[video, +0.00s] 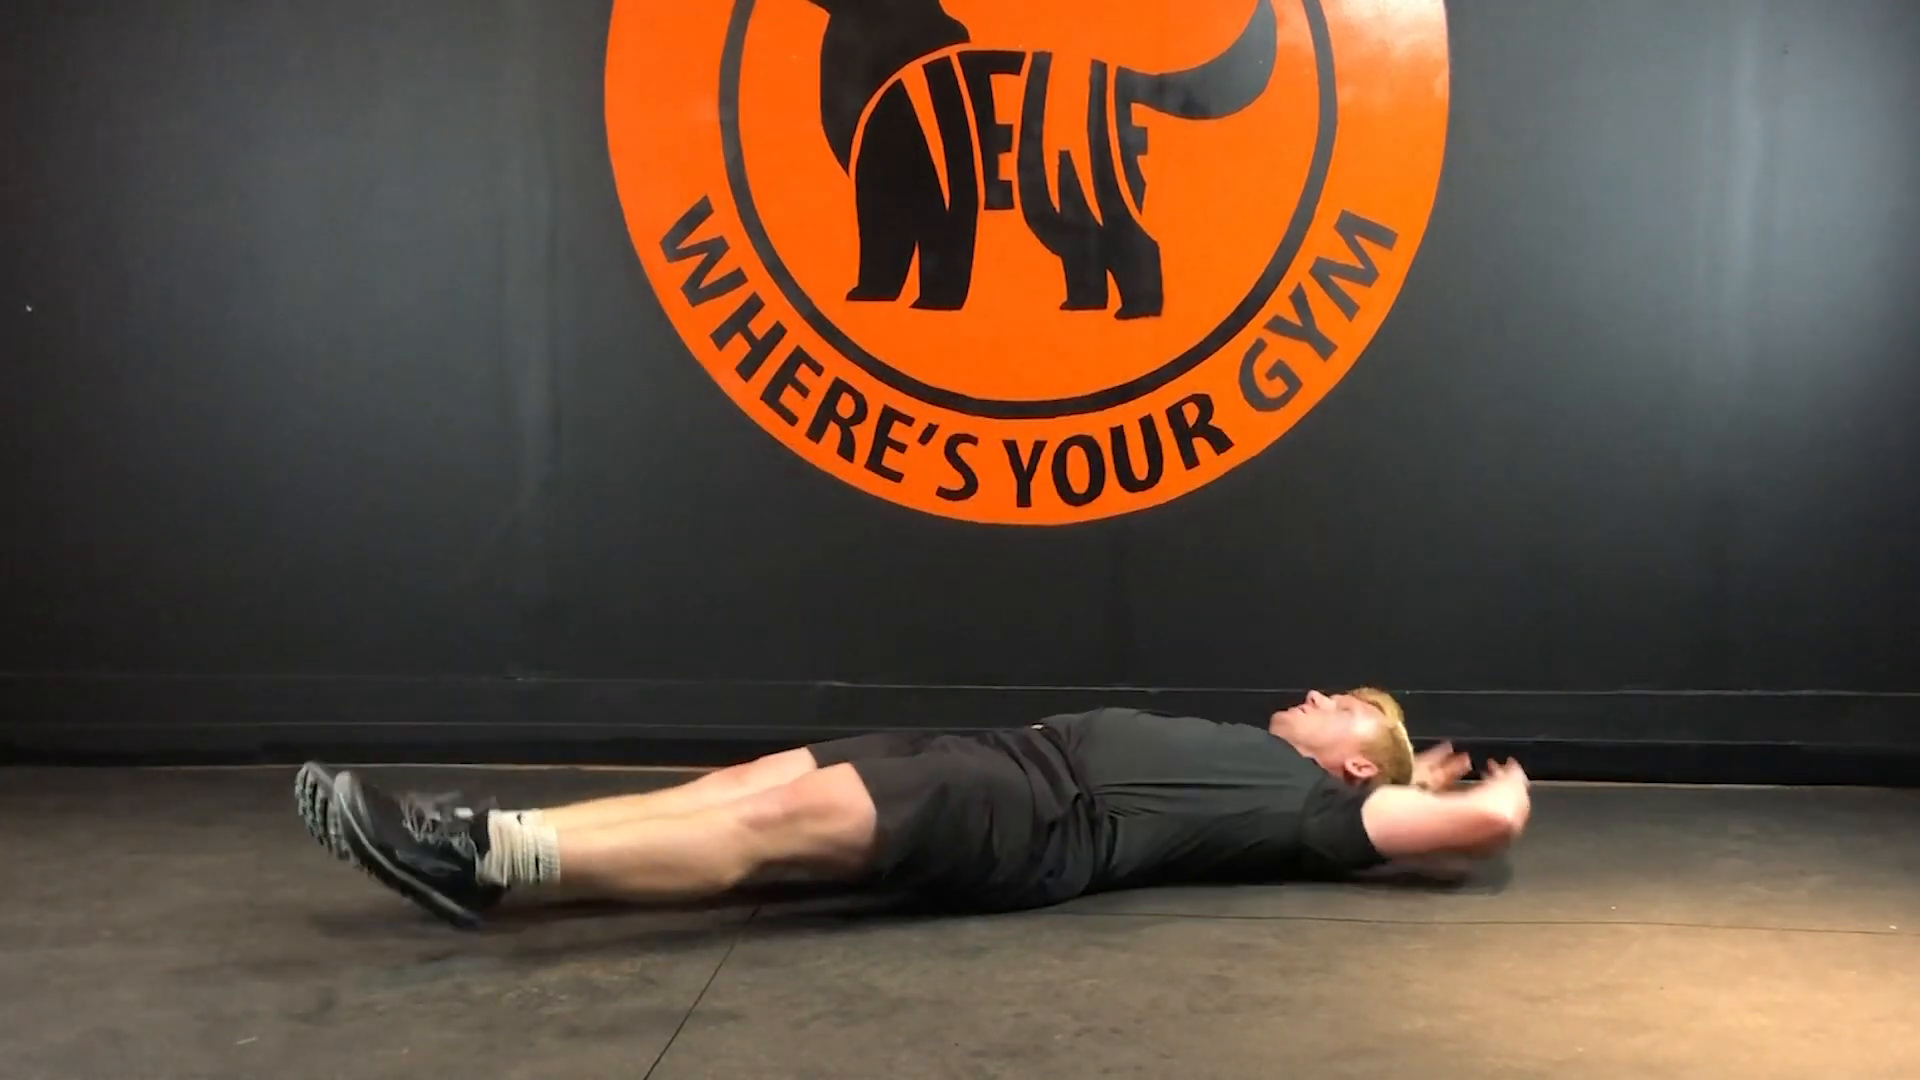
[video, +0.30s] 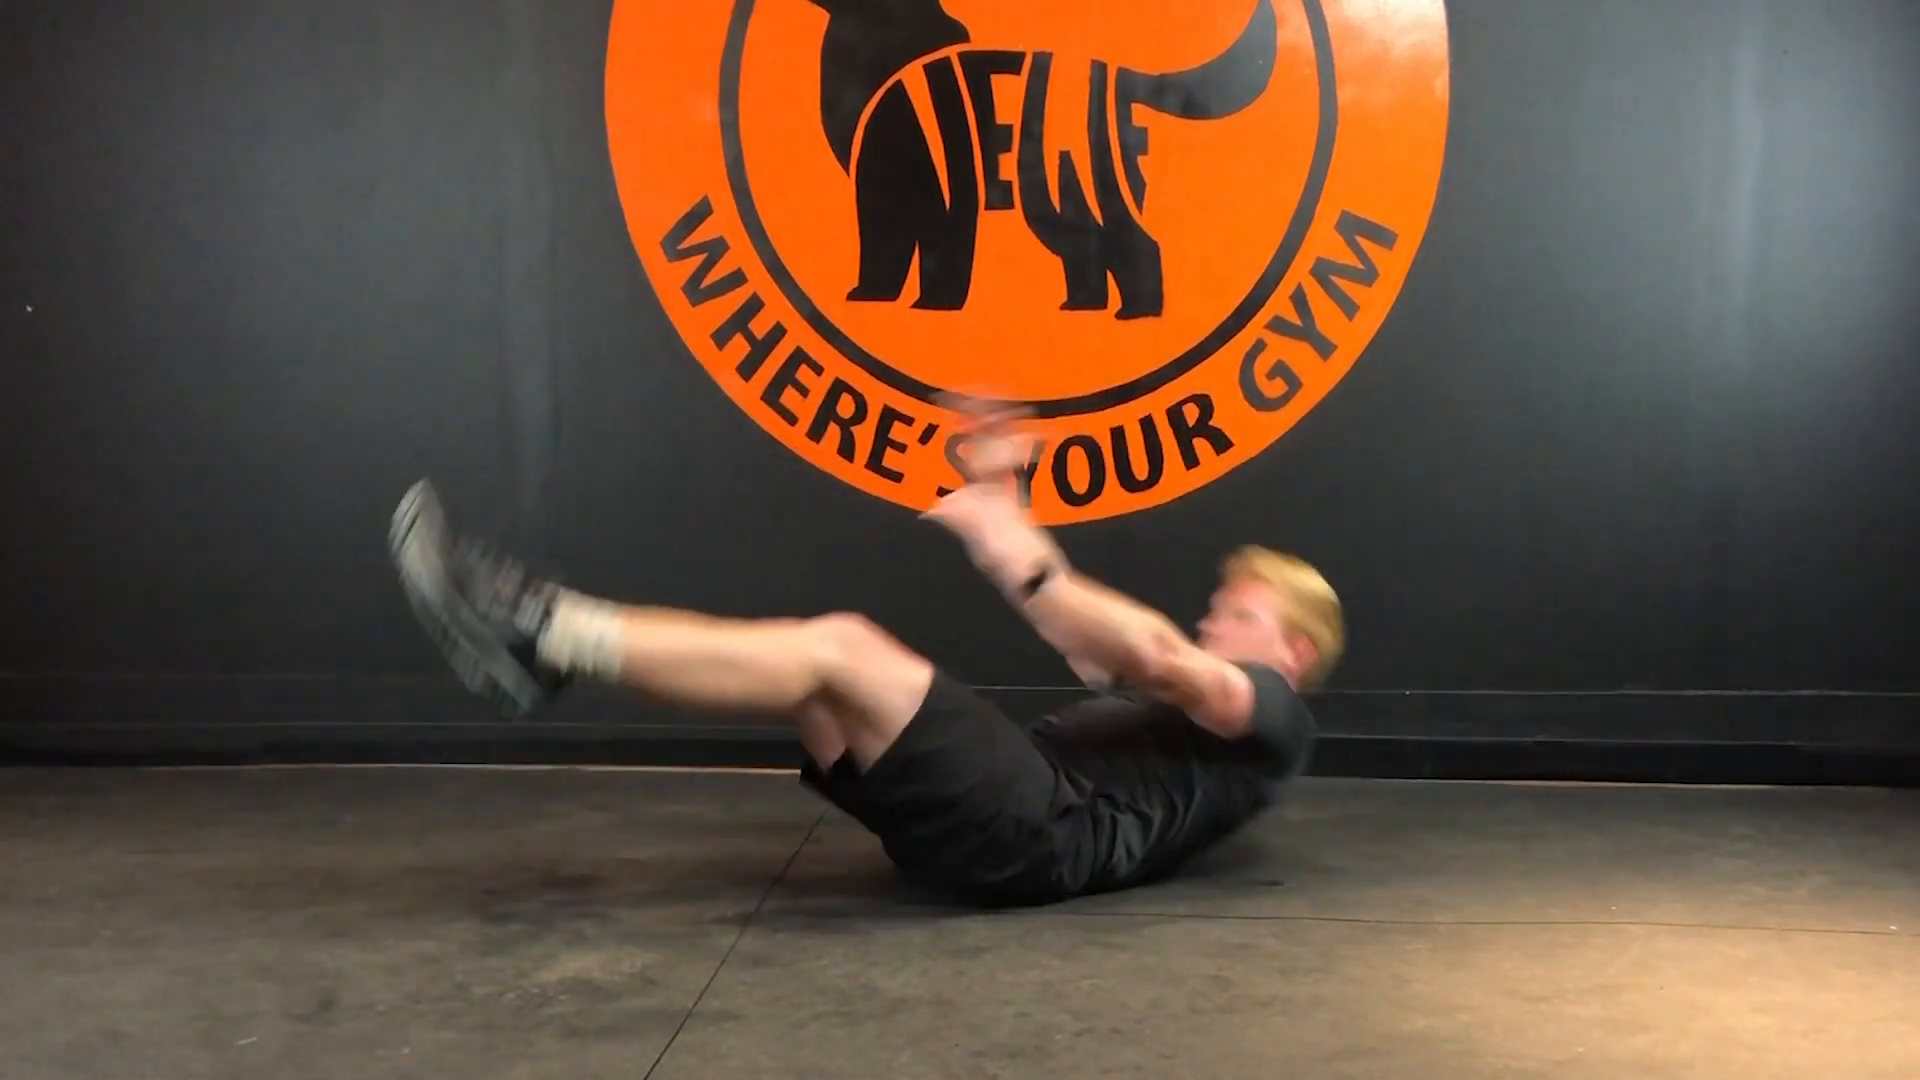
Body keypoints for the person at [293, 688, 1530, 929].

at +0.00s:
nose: (1319, 703)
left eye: (1345, 716)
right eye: (1324, 697)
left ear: (1369, 764)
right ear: (1306, 714)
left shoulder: (1330, 807)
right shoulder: (1224, 747)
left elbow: (1489, 823)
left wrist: (1478, 790)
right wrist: (1411, 764)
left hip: (1035, 796)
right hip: (966, 746)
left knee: (792, 814)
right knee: (737, 785)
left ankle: (481, 855)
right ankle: (474, 849)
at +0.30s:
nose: (1214, 618)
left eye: (1245, 612)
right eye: (1224, 603)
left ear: (1300, 651)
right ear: (1230, 621)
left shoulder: (1274, 717)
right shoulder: (1184, 699)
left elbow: (1171, 671)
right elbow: (1096, 641)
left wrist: (1024, 559)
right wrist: (1012, 523)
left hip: (1040, 831)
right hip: (987, 820)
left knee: (842, 644)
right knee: (811, 664)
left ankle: (548, 626)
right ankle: (540, 640)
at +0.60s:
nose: (1071, 524)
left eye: (1093, 511)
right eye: (1072, 509)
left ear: (1161, 517)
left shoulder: (1184, 595)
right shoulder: (1084, 589)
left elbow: (1043, 555)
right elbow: (971, 531)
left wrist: (891, 461)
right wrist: (816, 444)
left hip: (1032, 831)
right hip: (958, 829)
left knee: (982, 578)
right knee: (930, 567)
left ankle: (737, 467)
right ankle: (726, 464)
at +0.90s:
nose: (1201, 564)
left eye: (1230, 560)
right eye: (1208, 549)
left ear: (1273, 607)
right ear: (1212, 568)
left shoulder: (1262, 701)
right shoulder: (1148, 644)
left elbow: (1207, 616)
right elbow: (1028, 575)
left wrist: (1164, 464)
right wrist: (1034, 455)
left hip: (1043, 830)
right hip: (980, 796)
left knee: (854, 647)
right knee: (820, 628)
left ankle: (573, 609)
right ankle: (556, 590)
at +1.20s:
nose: (1331, 671)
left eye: (1356, 686)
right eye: (1343, 665)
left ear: (1365, 737)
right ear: (1309, 681)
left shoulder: (1329, 787)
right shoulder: (1222, 726)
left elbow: (1497, 776)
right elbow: (1216, 684)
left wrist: (1539, 706)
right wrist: (1315, 690)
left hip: (1045, 809)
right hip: (983, 754)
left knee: (818, 777)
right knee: (767, 739)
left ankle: (499, 781)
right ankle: (491, 782)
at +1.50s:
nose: (1320, 689)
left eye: (1345, 693)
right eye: (1320, 680)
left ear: (1365, 737)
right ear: (1293, 699)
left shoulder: (1313, 789)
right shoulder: (1225, 739)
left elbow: (1394, 704)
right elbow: (1186, 618)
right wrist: (1307, 552)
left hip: (1051, 818)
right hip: (1004, 775)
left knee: (810, 743)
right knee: (779, 740)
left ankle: (510, 755)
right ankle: (508, 758)